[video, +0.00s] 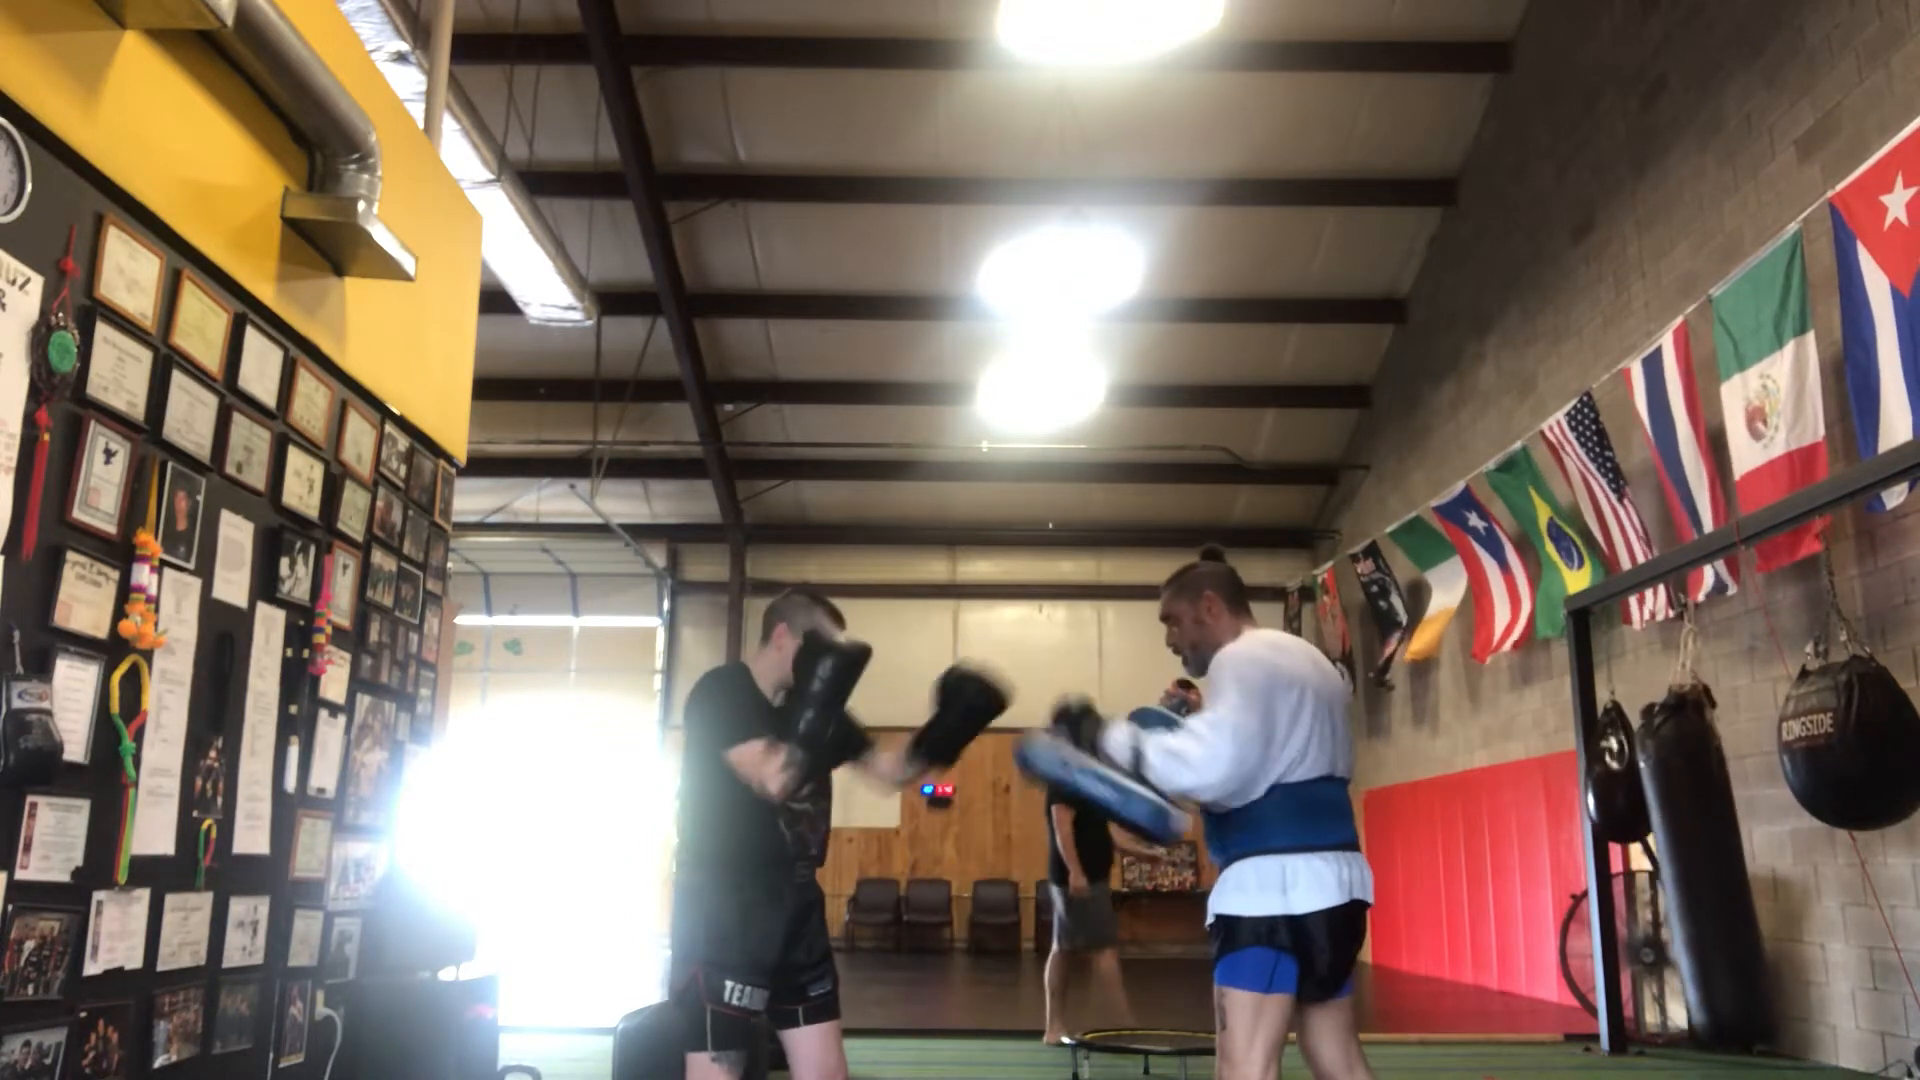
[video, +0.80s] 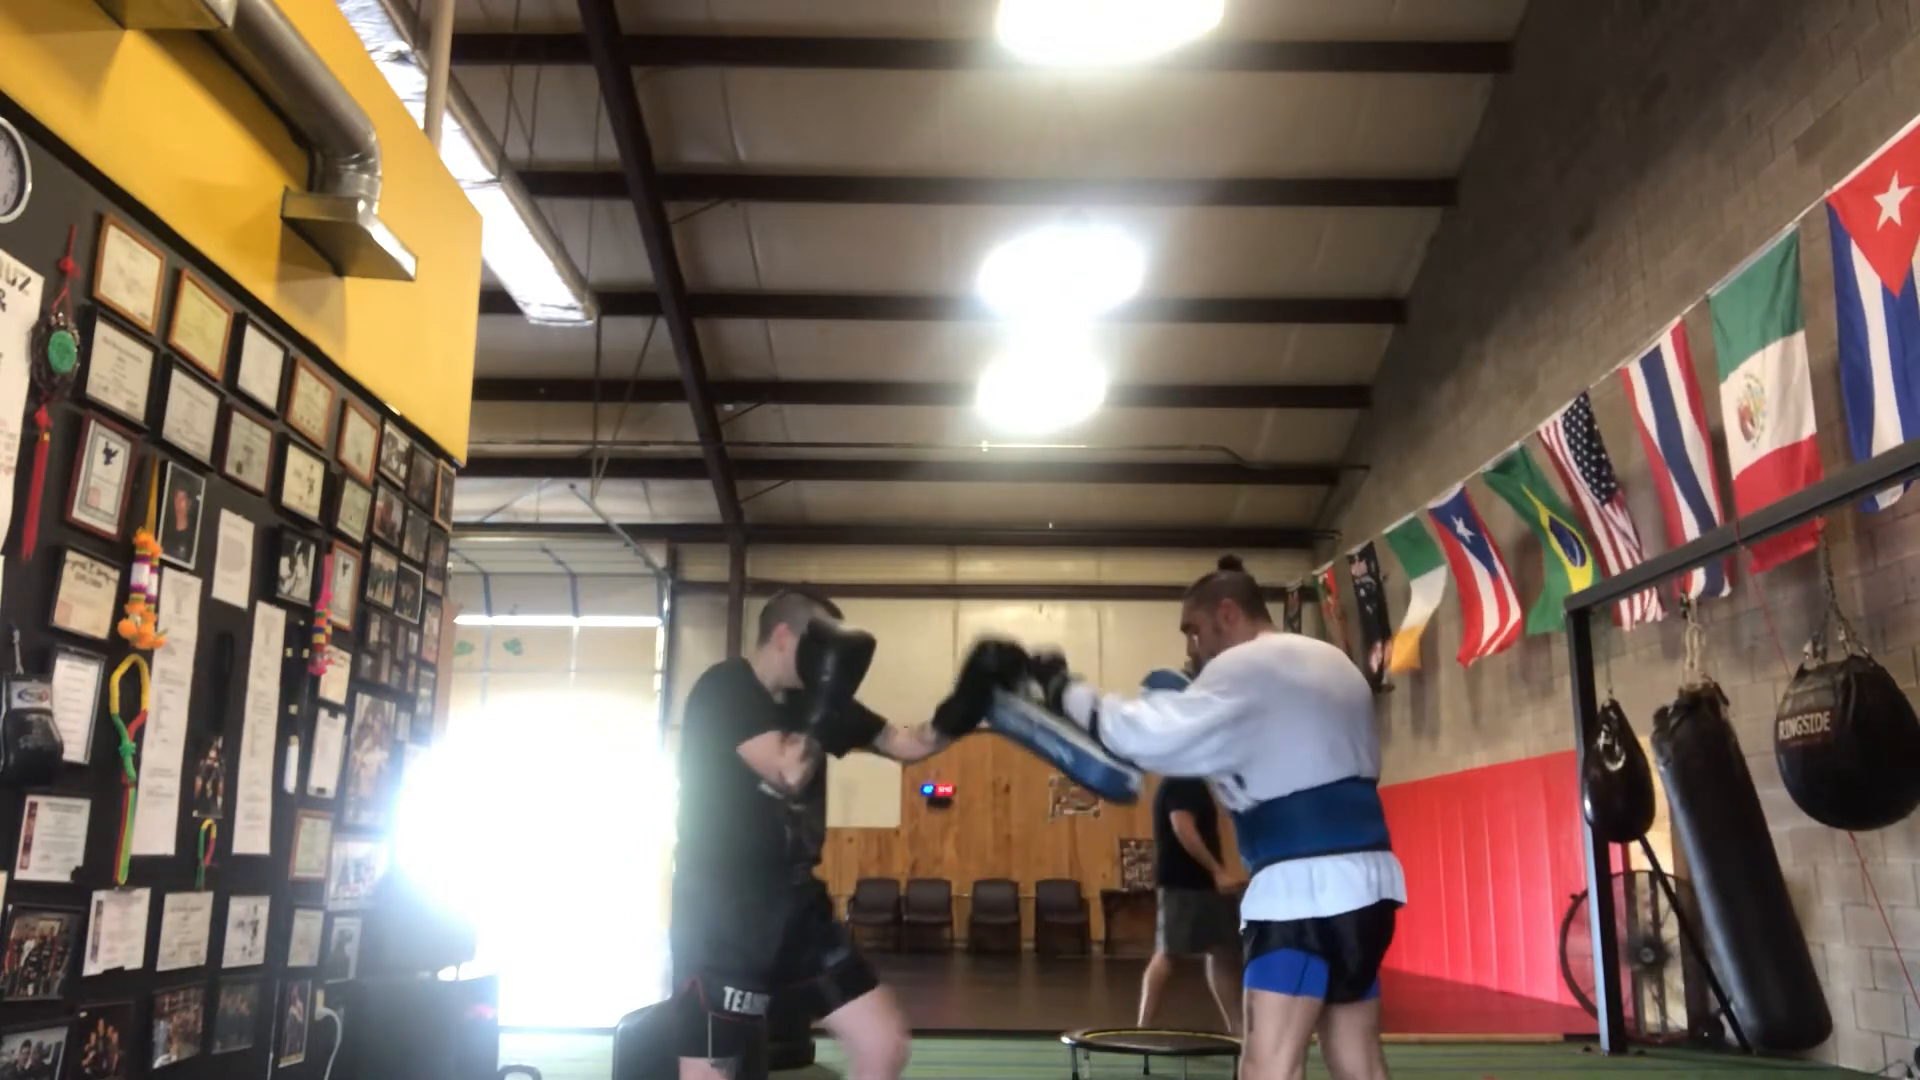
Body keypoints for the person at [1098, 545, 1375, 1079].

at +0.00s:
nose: (1170, 639)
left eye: (1173, 622)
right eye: (1166, 626)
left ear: (1210, 608)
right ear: (1216, 607)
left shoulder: (1242, 660)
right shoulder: (1315, 661)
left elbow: (1216, 768)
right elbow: (1290, 760)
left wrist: (1111, 736)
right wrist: (1205, 718)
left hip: (1269, 892)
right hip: (1336, 886)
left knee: (1246, 1065)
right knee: (1338, 1060)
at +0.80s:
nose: (1193, 648)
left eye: (1194, 632)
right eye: (1188, 635)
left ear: (1227, 614)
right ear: (1236, 614)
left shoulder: (1244, 669)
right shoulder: (1333, 659)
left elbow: (1149, 734)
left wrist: (1060, 688)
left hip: (1301, 891)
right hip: (1371, 884)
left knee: (1268, 1063)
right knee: (1358, 1060)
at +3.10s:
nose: (1325, 650)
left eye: (1329, 630)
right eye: (1322, 634)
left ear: (1369, 613)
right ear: (1381, 615)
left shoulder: (1388, 675)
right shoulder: (1480, 668)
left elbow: (1356, 800)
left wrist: (1286, 759)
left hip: (1446, 899)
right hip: (1526, 894)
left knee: (1352, 1054)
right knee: (1520, 1063)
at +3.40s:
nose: (1219, 628)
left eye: (1225, 607)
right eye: (1216, 611)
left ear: (1267, 592)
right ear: (1274, 595)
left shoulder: (1286, 656)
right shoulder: (1369, 654)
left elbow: (1253, 791)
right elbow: (1326, 765)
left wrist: (1173, 754)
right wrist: (1228, 745)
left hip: (1331, 905)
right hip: (1396, 895)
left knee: (1286, 1068)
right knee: (1378, 1058)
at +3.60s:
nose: (1139, 628)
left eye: (1143, 607)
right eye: (1136, 611)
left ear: (1182, 590)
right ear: (1193, 591)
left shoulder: (1203, 652)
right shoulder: (1288, 649)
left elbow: (1177, 789)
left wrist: (1117, 745)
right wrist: (1144, 745)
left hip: (1272, 894)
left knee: (1276, 1065)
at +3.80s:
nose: (1058, 631)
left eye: (1062, 612)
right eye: (1055, 615)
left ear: (1102, 593)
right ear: (1114, 596)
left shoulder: (1120, 651)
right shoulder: (1194, 650)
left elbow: (1093, 779)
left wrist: (1031, 723)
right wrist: (1072, 720)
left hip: (1179, 893)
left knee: (1217, 1066)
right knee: (1132, 1062)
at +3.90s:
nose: (1017, 614)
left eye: (1020, 594)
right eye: (1015, 598)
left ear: (1060, 579)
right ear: (1070, 580)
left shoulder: (1085, 626)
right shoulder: (1119, 628)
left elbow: (1055, 752)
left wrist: (997, 706)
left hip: (1143, 876)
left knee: (1147, 1062)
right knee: (1119, 1061)